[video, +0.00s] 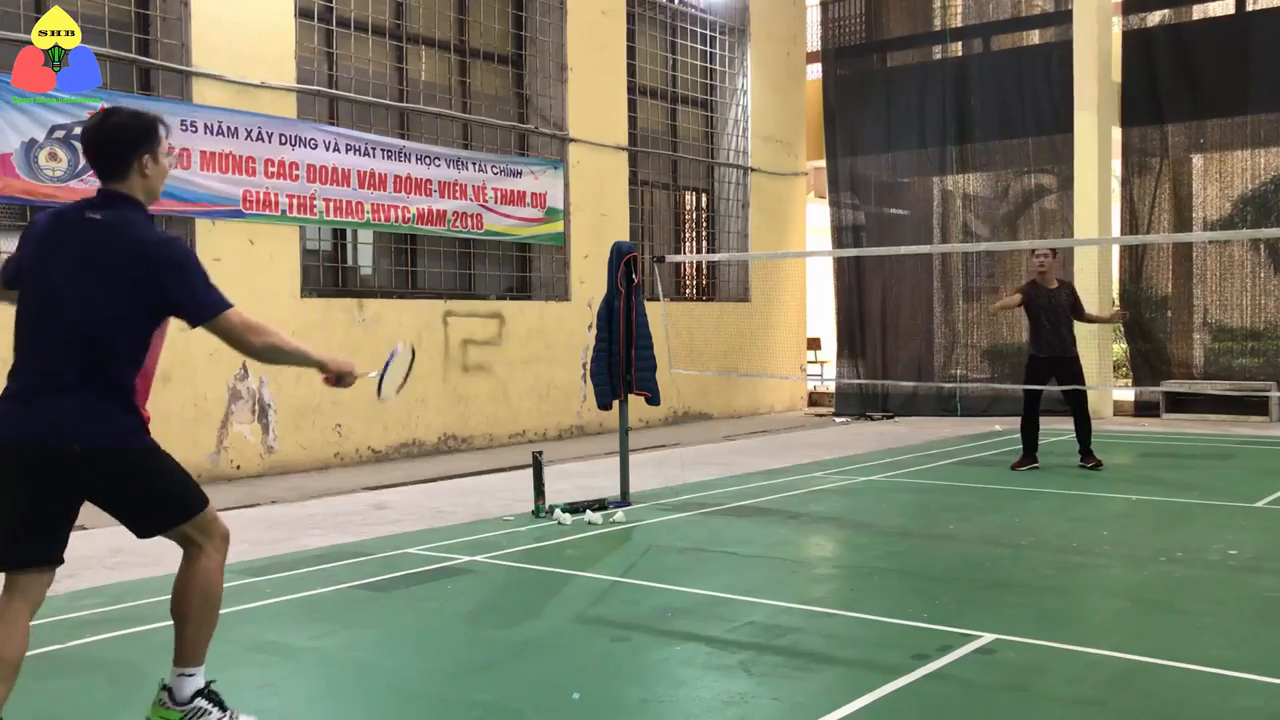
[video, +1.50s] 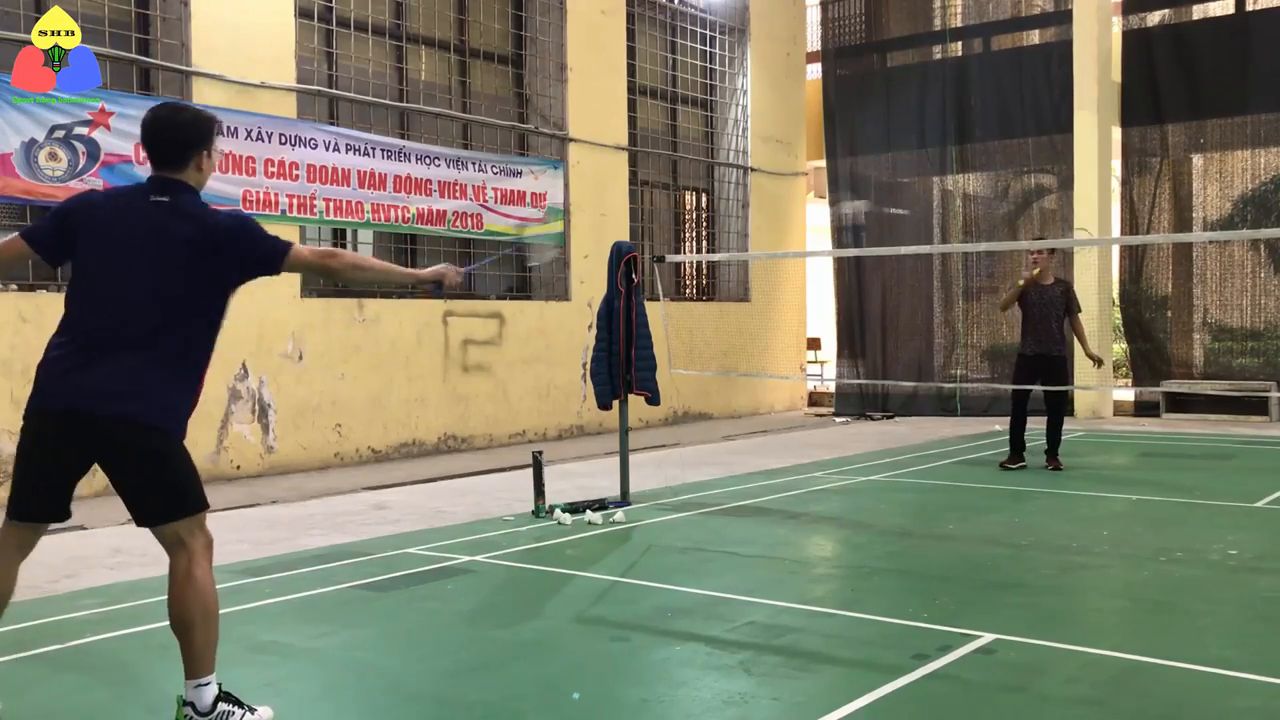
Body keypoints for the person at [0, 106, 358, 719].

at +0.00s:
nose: (168, 164)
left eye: (165, 152)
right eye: (164, 154)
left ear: (100, 164)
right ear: (145, 162)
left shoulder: (44, 228)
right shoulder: (157, 249)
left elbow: (13, 290)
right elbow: (246, 335)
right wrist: (323, 361)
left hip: (23, 436)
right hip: (106, 437)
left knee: (19, 593)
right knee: (208, 538)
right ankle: (185, 690)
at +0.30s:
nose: (202, 158)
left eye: (200, 147)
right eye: (198, 148)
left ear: (133, 159)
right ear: (181, 158)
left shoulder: (79, 222)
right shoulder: (198, 243)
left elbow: (14, 293)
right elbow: (270, 332)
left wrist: (70, 329)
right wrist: (277, 301)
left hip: (60, 422)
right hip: (142, 428)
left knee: (52, 560)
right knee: (195, 548)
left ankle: (2, 693)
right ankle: (218, 684)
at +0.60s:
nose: (229, 147)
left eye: (226, 137)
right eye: (227, 139)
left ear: (159, 146)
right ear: (218, 150)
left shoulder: (110, 201)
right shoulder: (244, 231)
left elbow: (13, 239)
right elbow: (331, 287)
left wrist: (48, 257)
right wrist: (395, 319)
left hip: (85, 402)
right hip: (171, 413)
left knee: (56, 523)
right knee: (214, 533)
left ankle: (17, 660)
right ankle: (223, 680)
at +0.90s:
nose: (190, 182)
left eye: (187, 171)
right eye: (185, 172)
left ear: (126, 182)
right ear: (167, 180)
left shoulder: (79, 236)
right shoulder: (175, 261)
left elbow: (38, 295)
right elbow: (247, 343)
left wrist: (105, 312)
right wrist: (322, 365)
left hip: (48, 430)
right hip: (119, 432)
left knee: (63, 554)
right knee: (220, 529)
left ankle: (9, 689)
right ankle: (227, 676)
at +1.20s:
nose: (216, 168)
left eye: (212, 157)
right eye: (212, 159)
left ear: (150, 169)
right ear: (197, 168)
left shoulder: (100, 221)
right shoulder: (206, 245)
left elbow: (37, 300)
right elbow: (269, 332)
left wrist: (82, 348)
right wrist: (286, 339)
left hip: (61, 410)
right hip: (136, 416)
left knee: (51, 547)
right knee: (197, 545)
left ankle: (9, 685)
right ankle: (201, 699)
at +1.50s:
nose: (216, 159)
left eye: (213, 148)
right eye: (214, 150)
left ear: (148, 154)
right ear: (204, 157)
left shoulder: (89, 209)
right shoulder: (222, 230)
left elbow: (7, 250)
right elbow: (327, 261)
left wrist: (48, 266)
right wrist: (421, 277)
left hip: (54, 408)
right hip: (139, 419)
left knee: (11, 545)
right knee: (190, 545)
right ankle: (201, 699)